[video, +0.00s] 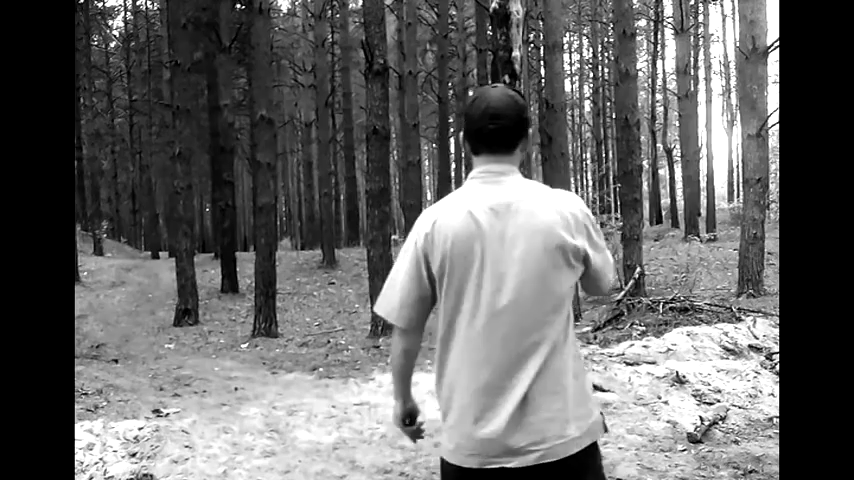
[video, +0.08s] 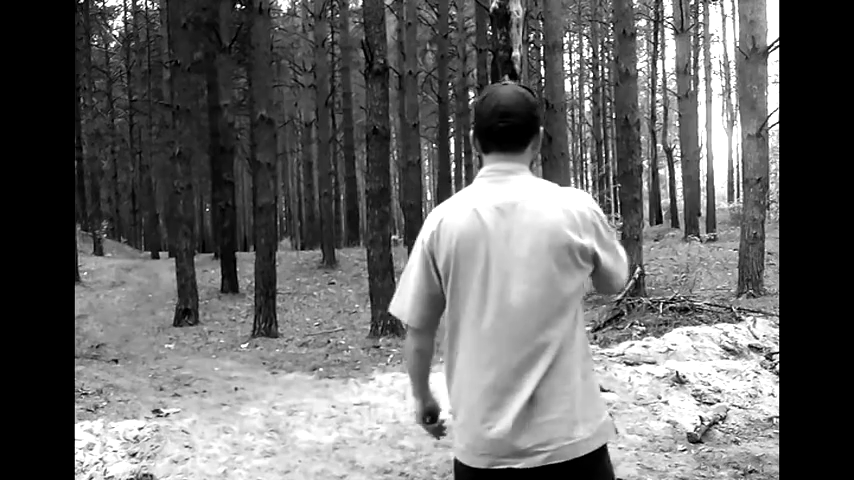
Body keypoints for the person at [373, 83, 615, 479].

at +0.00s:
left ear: (465, 143)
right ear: (526, 138)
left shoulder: (435, 222)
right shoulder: (566, 209)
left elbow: (406, 328)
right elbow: (602, 285)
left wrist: (403, 399)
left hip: (472, 444)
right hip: (565, 442)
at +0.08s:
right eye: (539, 133)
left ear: (475, 142)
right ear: (537, 139)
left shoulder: (444, 220)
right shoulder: (575, 208)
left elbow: (418, 328)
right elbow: (614, 282)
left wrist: (422, 398)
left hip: (483, 444)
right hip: (573, 441)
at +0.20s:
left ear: (487, 137)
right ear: (551, 133)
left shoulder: (456, 217)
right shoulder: (586, 205)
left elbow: (435, 325)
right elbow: (635, 281)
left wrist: (456, 392)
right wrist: (626, 223)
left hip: (493, 438)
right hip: (580, 436)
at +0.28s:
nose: (561, 134)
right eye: (560, 126)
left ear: (491, 137)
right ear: (556, 133)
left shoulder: (459, 215)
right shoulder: (589, 204)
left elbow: (438, 321)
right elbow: (643, 280)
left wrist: (477, 387)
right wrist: (640, 222)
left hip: (495, 439)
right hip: (581, 438)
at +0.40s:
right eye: (560, 127)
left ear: (494, 140)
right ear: (557, 136)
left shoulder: (464, 217)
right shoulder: (583, 207)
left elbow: (441, 313)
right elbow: (663, 269)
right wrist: (675, 220)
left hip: (497, 442)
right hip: (578, 441)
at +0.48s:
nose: (561, 140)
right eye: (561, 132)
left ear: (493, 145)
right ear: (556, 141)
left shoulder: (466, 219)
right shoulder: (575, 210)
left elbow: (448, 314)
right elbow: (676, 258)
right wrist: (688, 197)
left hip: (496, 444)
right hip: (572, 444)